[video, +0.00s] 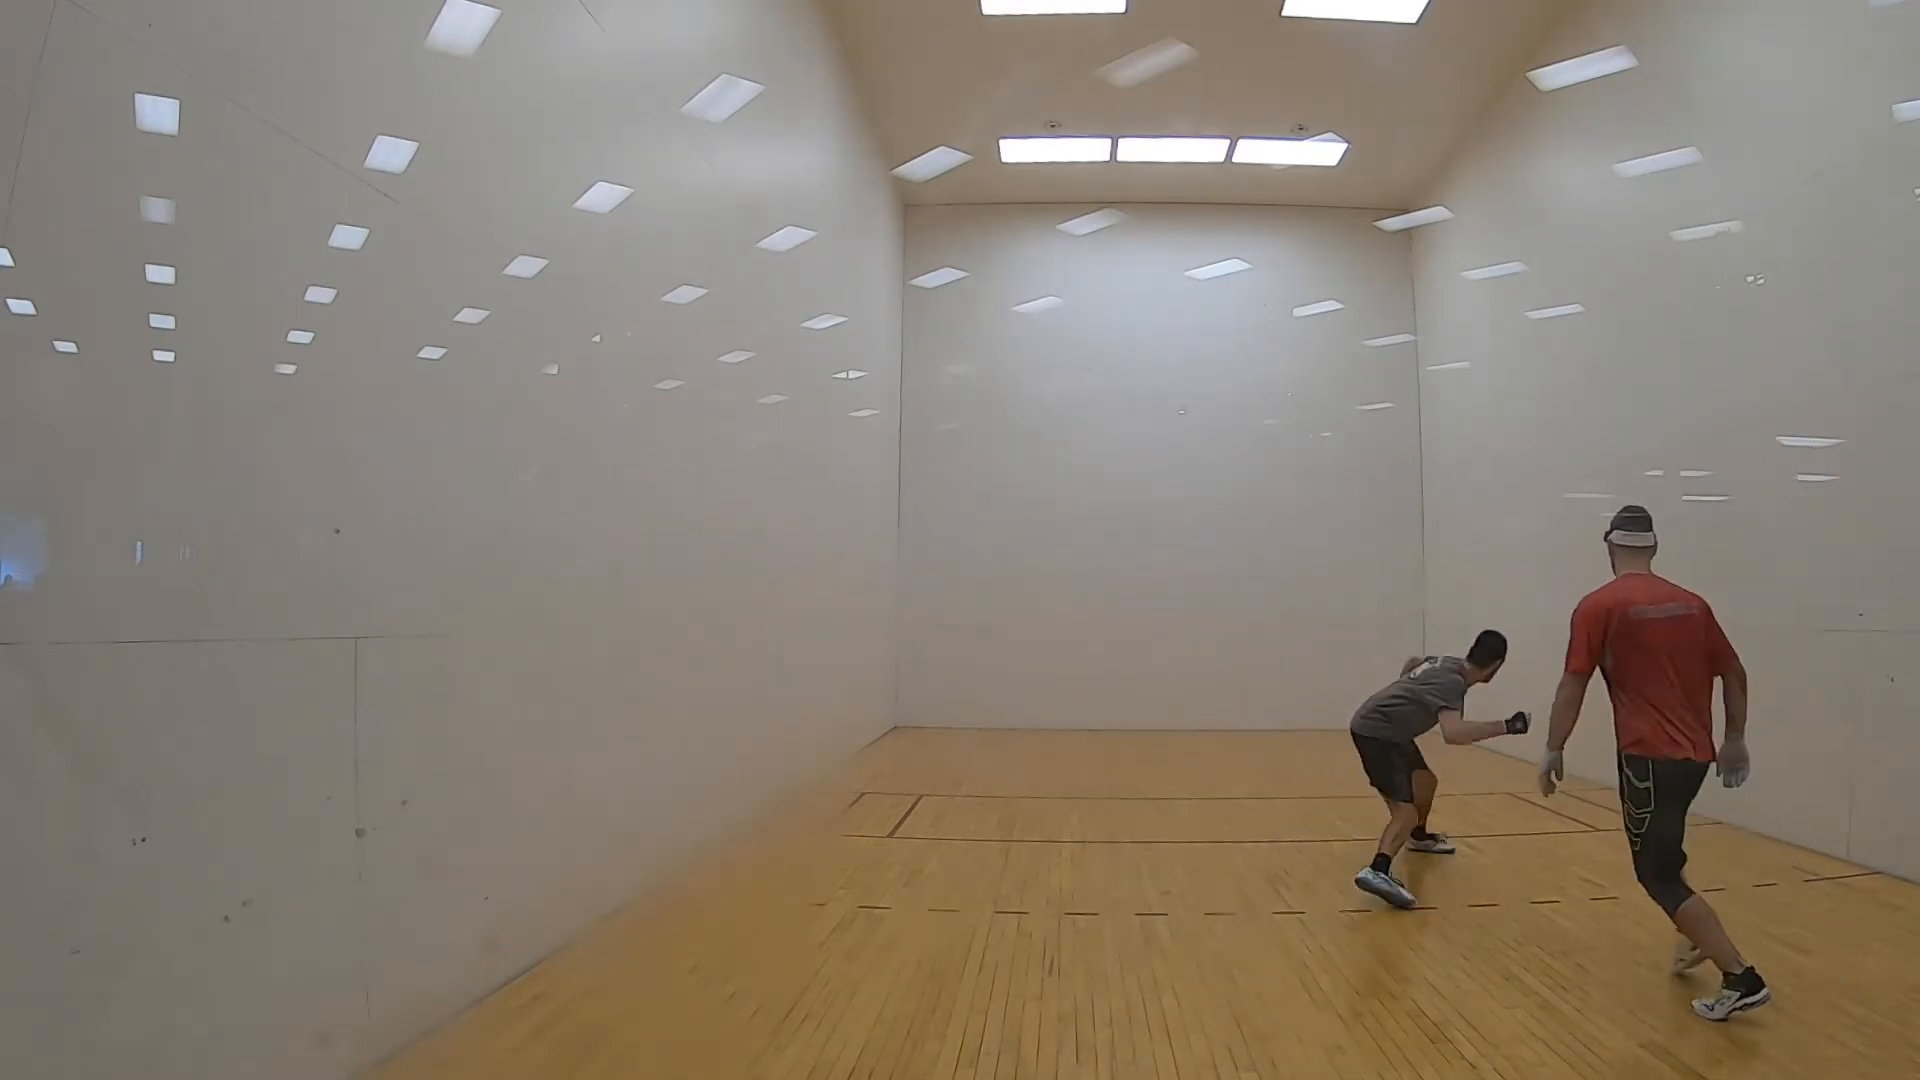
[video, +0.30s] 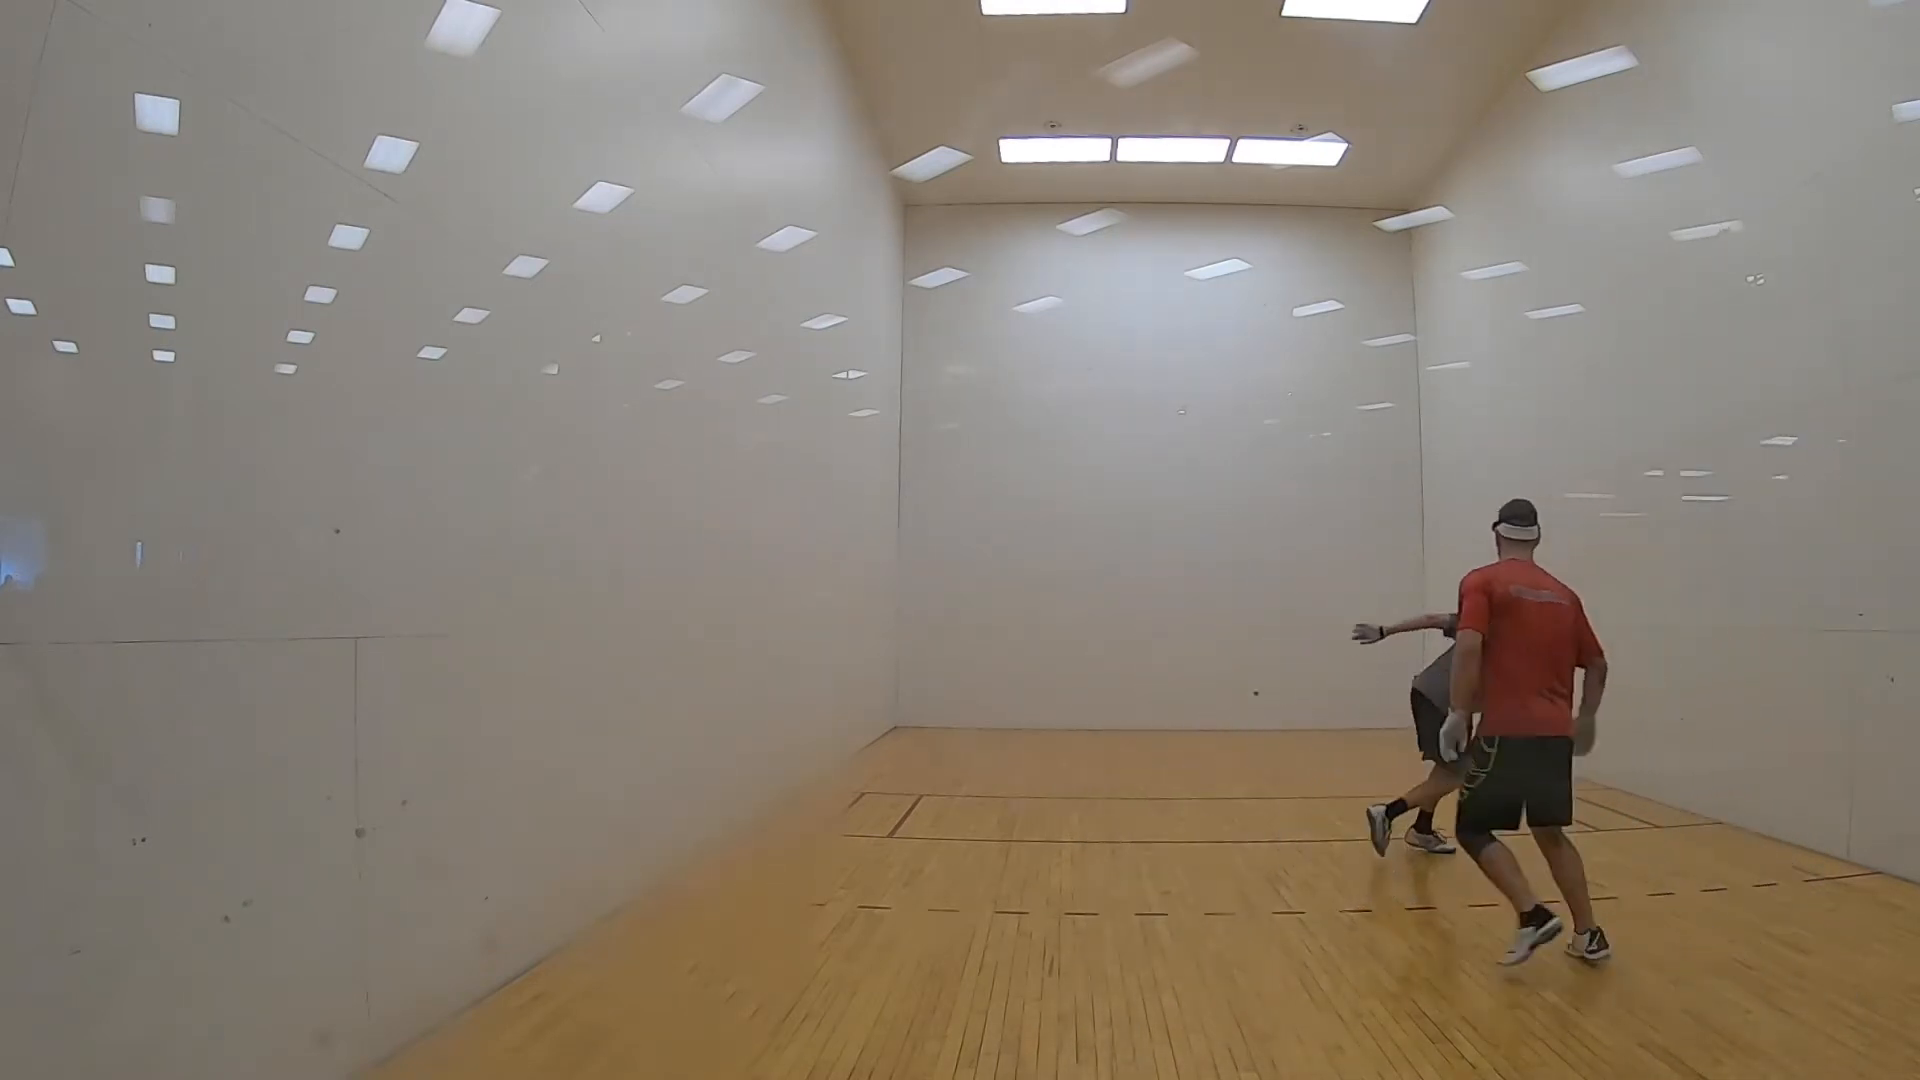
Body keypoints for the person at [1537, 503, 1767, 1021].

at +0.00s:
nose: (1612, 555)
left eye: (1609, 547)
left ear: (1609, 546)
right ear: (1654, 549)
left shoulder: (1599, 606)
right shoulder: (1692, 604)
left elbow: (1572, 687)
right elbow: (1734, 674)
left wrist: (1554, 749)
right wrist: (1735, 737)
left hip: (1646, 757)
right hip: (1696, 755)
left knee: (1657, 872)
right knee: (1662, 847)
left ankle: (1741, 977)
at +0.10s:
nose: (1581, 555)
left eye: (1578, 547)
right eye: (1596, 547)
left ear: (1574, 545)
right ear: (1619, 547)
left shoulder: (1556, 596)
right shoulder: (1653, 600)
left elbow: (1532, 668)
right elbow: (1698, 665)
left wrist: (1526, 732)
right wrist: (1704, 729)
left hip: (1605, 745)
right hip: (1651, 744)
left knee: (1641, 862)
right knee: (1592, 820)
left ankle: (1720, 960)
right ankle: (1597, 936)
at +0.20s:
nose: (1542, 552)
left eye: (1539, 545)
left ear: (1540, 544)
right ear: (1582, 549)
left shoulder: (1520, 592)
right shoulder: (1609, 604)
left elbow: (1500, 665)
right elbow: (1650, 675)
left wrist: (1493, 729)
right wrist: (1654, 735)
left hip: (1554, 741)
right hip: (1601, 742)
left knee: (1565, 855)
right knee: (1572, 841)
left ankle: (1648, 926)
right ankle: (1592, 939)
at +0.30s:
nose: (1503, 543)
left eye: (1499, 536)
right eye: (1519, 538)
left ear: (1496, 536)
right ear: (1538, 540)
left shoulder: (1482, 581)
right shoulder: (1564, 593)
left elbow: (1469, 644)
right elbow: (1597, 664)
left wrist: (1459, 714)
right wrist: (1587, 716)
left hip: (1502, 733)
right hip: (1556, 734)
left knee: (1473, 830)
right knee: (1551, 831)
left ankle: (1532, 914)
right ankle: (1587, 931)